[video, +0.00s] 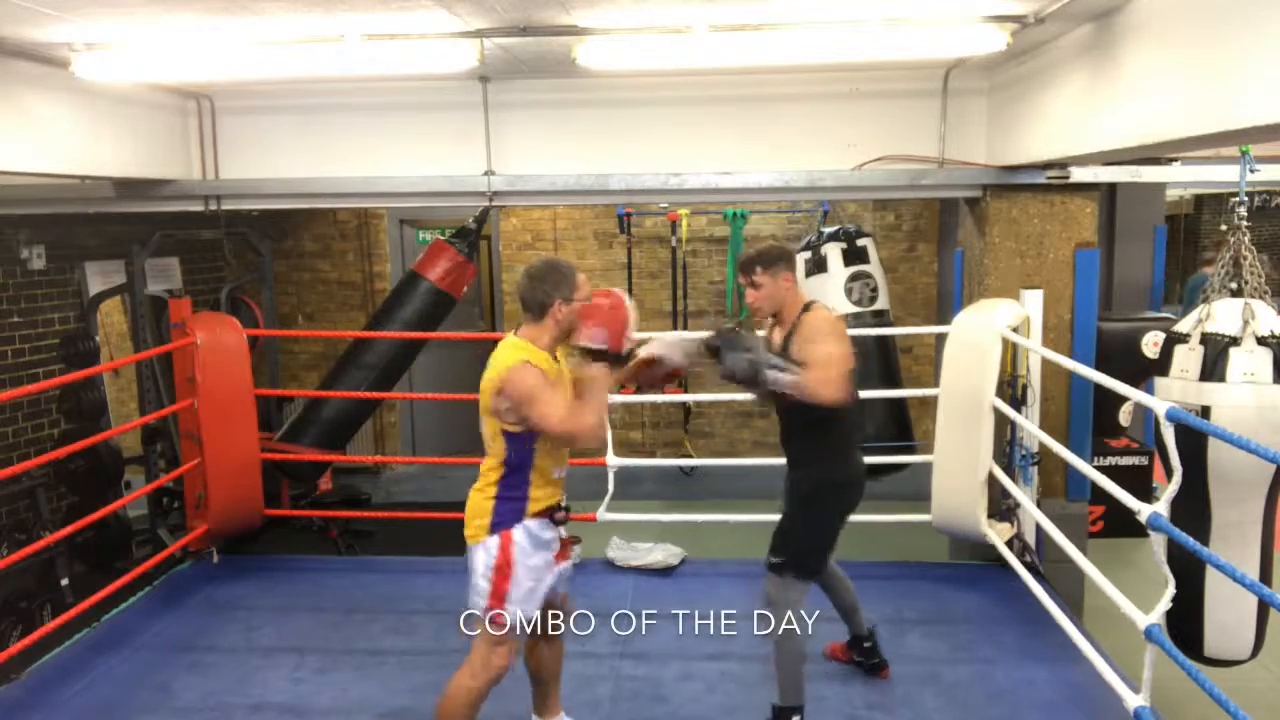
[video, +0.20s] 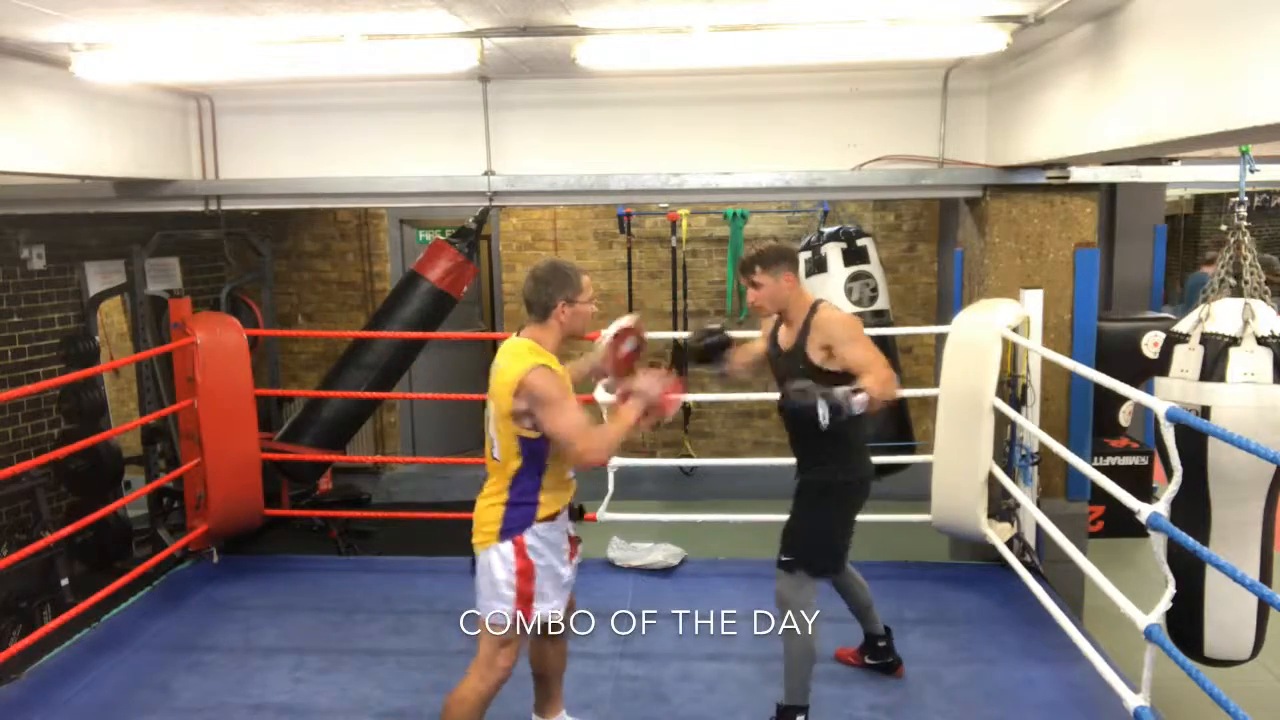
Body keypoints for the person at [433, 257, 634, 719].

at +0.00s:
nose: (589, 312)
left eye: (587, 302)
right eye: (583, 302)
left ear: (553, 309)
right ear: (558, 310)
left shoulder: (551, 355)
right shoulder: (516, 370)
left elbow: (577, 407)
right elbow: (585, 430)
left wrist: (624, 374)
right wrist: (596, 365)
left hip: (541, 517)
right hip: (506, 525)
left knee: (551, 622)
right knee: (492, 658)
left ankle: (549, 713)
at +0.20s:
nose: (594, 309)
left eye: (593, 300)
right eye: (588, 300)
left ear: (550, 307)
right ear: (561, 309)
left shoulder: (521, 349)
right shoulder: (535, 374)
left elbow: (557, 386)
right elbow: (590, 451)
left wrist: (598, 362)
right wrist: (636, 401)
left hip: (547, 519)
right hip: (513, 530)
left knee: (555, 619)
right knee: (494, 663)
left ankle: (549, 713)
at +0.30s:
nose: (601, 313)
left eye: (600, 304)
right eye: (595, 304)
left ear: (565, 311)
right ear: (567, 312)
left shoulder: (571, 355)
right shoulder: (512, 373)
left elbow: (618, 373)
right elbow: (509, 463)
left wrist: (675, 355)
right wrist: (581, 462)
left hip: (554, 515)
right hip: (510, 525)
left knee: (566, 617)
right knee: (497, 656)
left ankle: (552, 711)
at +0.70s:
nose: (616, 320)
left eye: (617, 311)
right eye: (612, 312)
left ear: (574, 314)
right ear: (586, 318)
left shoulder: (527, 334)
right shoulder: (581, 380)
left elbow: (573, 324)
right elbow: (648, 445)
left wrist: (613, 290)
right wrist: (725, 448)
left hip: (543, 509)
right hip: (527, 520)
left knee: (562, 601)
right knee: (501, 647)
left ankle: (556, 710)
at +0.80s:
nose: (609, 317)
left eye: (610, 308)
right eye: (605, 309)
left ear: (569, 308)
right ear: (578, 312)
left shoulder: (534, 332)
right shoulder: (559, 383)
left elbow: (585, 317)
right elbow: (583, 467)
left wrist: (620, 279)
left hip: (546, 504)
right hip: (525, 515)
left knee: (562, 604)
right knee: (505, 646)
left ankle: (557, 710)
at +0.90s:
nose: (600, 314)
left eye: (598, 304)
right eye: (593, 306)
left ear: (562, 311)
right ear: (565, 313)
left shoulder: (551, 350)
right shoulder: (530, 377)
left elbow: (597, 367)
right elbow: (543, 471)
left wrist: (653, 344)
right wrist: (613, 488)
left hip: (552, 510)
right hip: (519, 520)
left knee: (558, 613)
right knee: (501, 646)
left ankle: (557, 710)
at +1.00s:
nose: (590, 314)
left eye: (589, 304)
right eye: (584, 306)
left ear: (552, 313)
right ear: (555, 315)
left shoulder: (545, 352)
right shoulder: (512, 380)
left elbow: (576, 362)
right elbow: (524, 473)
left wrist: (631, 344)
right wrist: (599, 464)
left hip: (548, 515)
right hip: (508, 527)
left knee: (574, 610)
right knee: (488, 653)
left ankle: (559, 708)